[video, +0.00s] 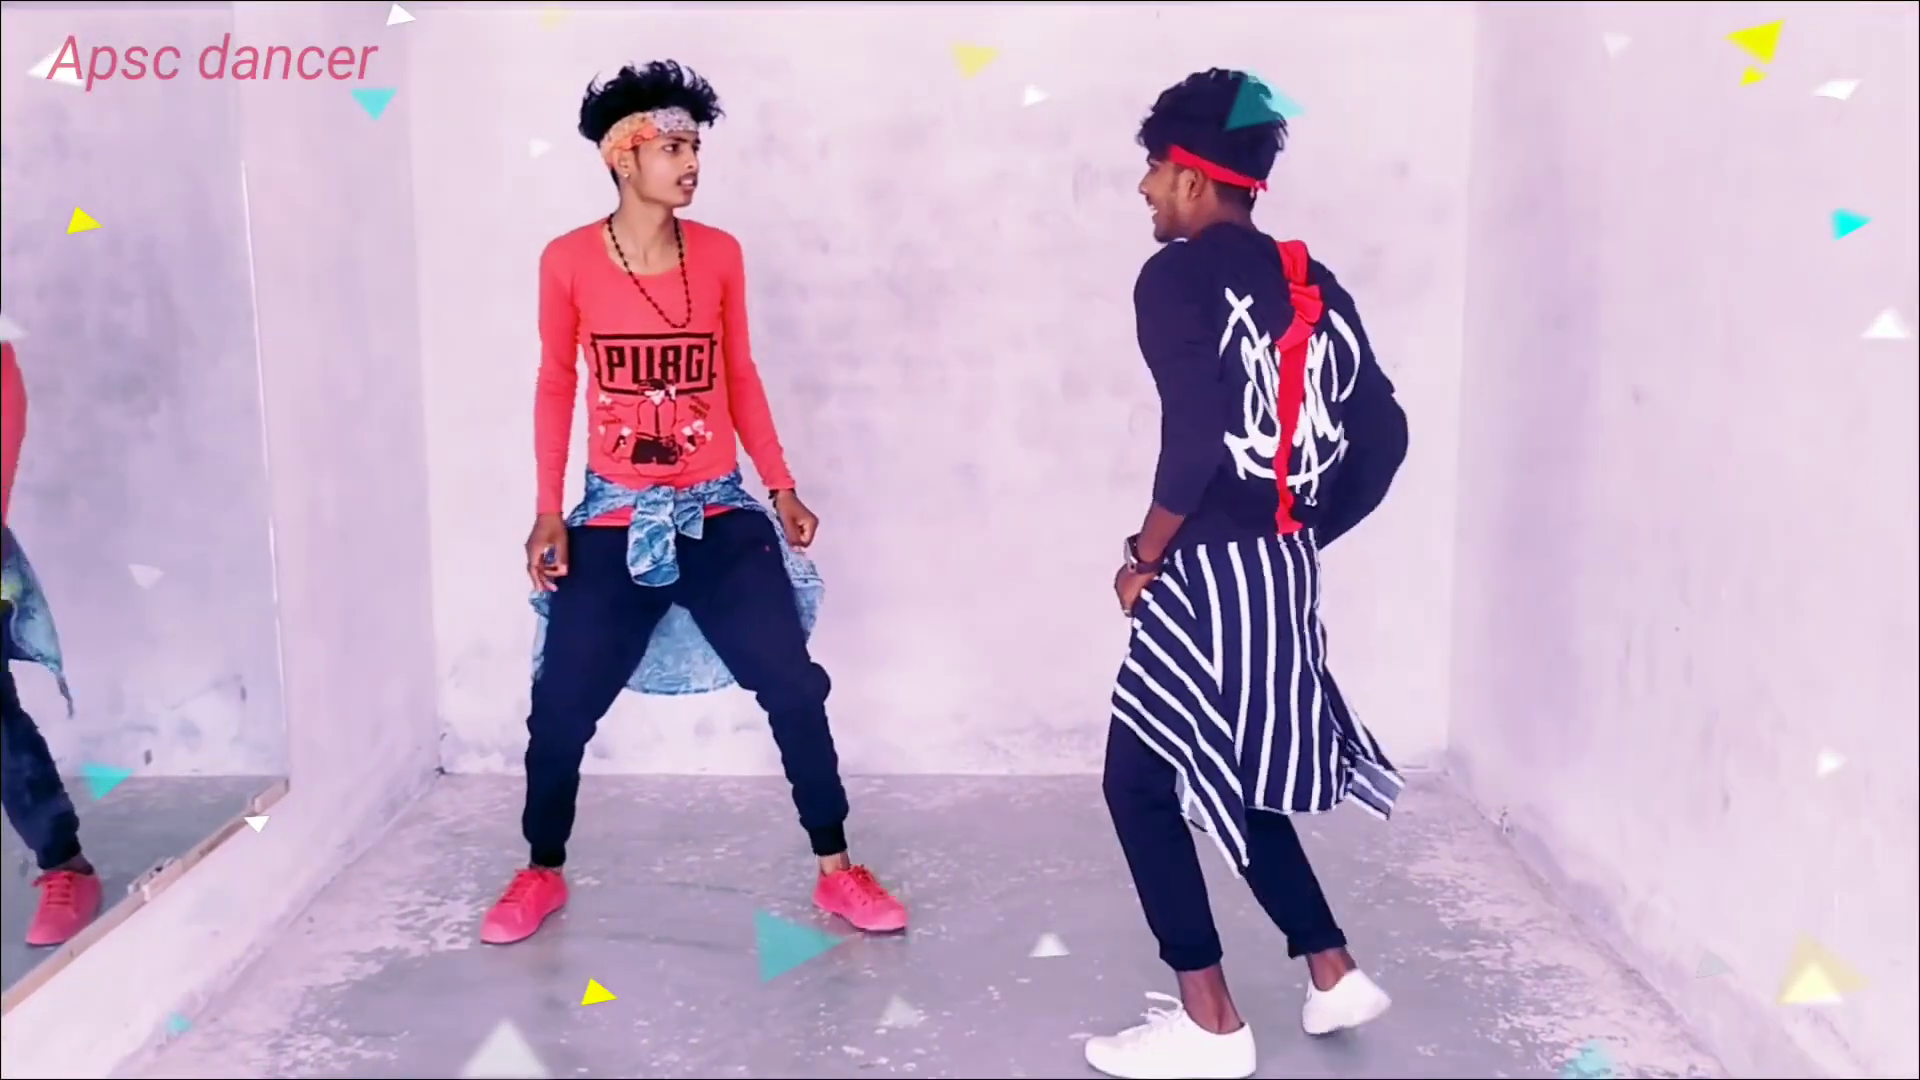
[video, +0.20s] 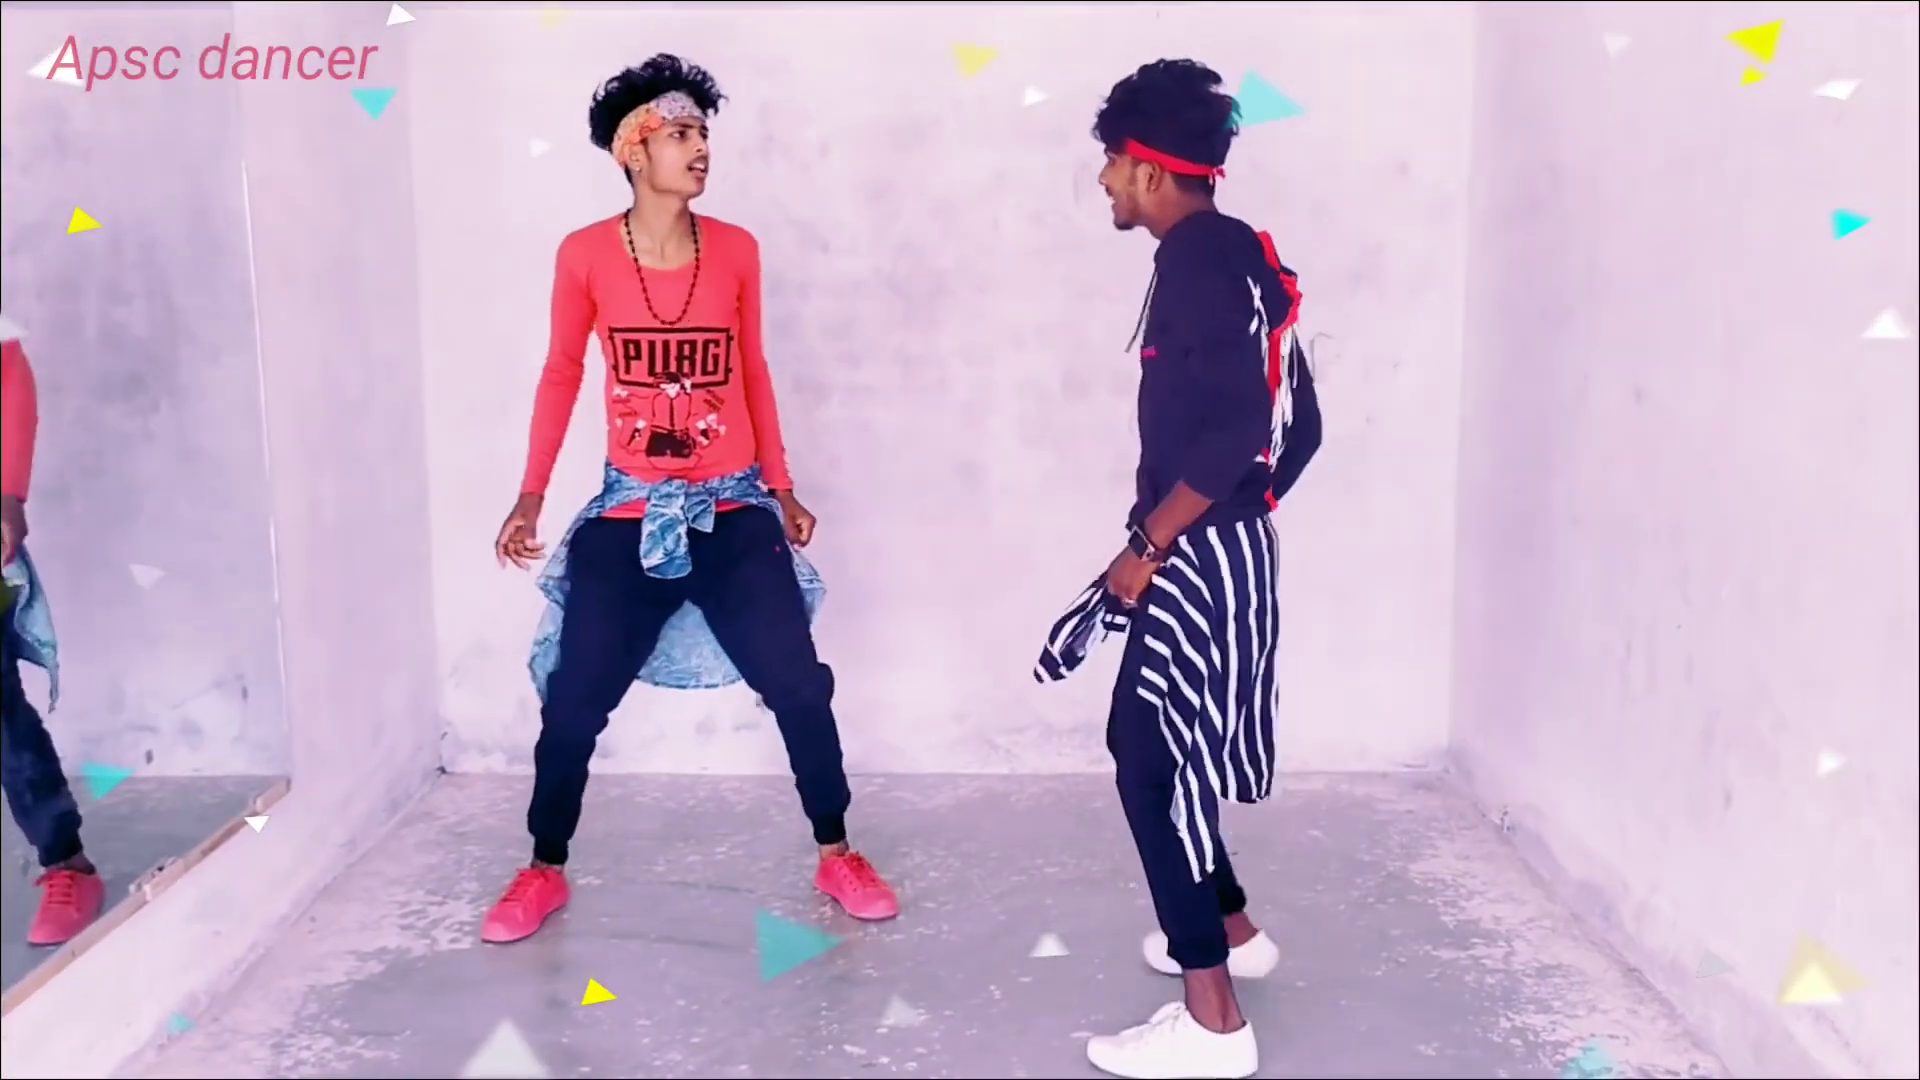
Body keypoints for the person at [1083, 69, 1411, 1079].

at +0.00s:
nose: (1143, 186)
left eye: (1154, 168)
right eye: (1148, 166)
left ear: (1194, 174)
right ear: (1236, 177)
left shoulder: (1173, 275)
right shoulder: (1312, 279)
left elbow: (1197, 427)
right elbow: (1380, 436)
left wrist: (1148, 547)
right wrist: (1301, 527)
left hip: (1206, 562)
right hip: (1284, 563)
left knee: (1136, 783)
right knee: (1236, 775)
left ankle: (1209, 1020)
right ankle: (1333, 975)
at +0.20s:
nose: (1103, 180)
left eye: (1110, 161)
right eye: (1106, 161)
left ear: (1147, 164)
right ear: (1188, 164)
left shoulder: (1197, 259)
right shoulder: (1240, 254)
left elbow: (1239, 423)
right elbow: (1300, 423)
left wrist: (1152, 540)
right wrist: (1222, 512)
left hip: (1195, 547)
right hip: (1220, 542)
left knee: (1142, 757)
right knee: (1161, 738)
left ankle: (1211, 1020)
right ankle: (1225, 922)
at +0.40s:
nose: (1083, 200)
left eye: (1089, 179)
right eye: (1082, 180)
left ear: (1133, 171)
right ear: (1140, 169)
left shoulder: (1216, 263)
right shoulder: (1167, 268)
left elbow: (1283, 408)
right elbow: (1181, 411)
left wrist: (1152, 494)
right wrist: (1112, 451)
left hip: (1196, 553)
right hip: (1147, 543)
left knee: (1161, 770)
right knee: (1120, 743)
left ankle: (1218, 1016)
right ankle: (1153, 914)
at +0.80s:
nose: (1101, 185)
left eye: (1111, 166)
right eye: (1100, 166)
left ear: (1160, 166)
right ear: (1146, 167)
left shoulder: (1266, 248)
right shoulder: (1123, 265)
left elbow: (1347, 366)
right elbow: (1118, 388)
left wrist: (1290, 472)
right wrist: (1096, 490)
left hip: (1243, 527)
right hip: (1149, 530)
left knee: (1253, 727)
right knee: (1149, 731)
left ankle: (1307, 912)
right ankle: (1156, 914)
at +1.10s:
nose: (1186, 177)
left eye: (1200, 161)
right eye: (1188, 159)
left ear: (1254, 168)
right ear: (1231, 164)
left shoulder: (1344, 257)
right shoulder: (1190, 273)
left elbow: (1399, 378)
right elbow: (1175, 403)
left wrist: (1372, 505)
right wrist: (1163, 516)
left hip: (1323, 528)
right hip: (1217, 533)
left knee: (1363, 718)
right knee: (1192, 726)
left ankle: (1416, 902)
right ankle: (1162, 908)